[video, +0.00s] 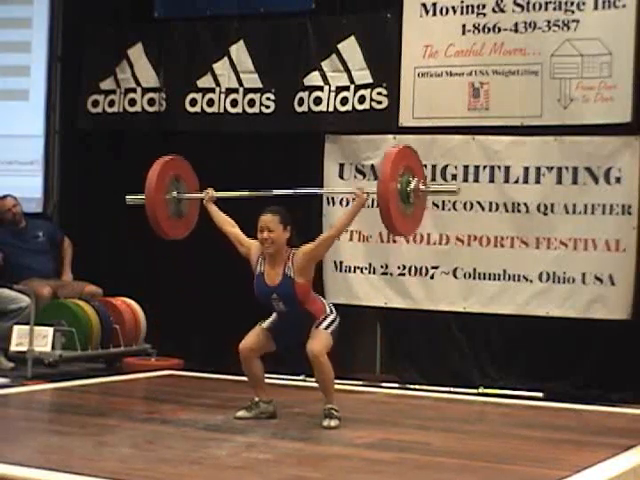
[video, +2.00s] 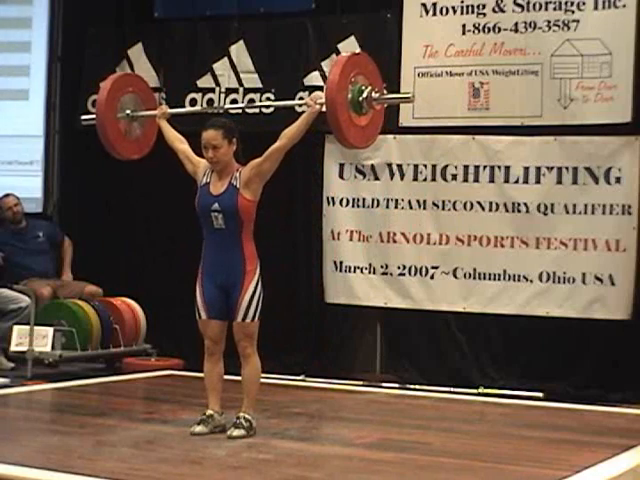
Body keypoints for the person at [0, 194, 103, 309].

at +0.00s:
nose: (14, 211)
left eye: (15, 206)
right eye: (8, 211)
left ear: (20, 205)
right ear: (2, 217)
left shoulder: (41, 226)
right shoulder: (4, 235)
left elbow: (66, 242)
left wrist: (67, 274)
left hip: (53, 279)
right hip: (24, 281)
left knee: (95, 292)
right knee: (45, 293)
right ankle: (34, 337)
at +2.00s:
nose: (15, 211)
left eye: (16, 205)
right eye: (9, 209)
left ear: (22, 206)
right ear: (3, 215)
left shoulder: (41, 226)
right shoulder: (4, 235)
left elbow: (66, 242)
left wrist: (67, 273)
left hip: (54, 279)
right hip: (26, 280)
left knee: (94, 292)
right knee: (45, 293)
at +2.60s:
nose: (34, 206)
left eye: (37, 203)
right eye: (29, 203)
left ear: (41, 205)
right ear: (21, 205)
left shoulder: (49, 230)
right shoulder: (10, 229)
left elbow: (67, 252)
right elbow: (1, 246)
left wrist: (69, 259)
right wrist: (14, 252)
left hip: (52, 279)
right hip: (25, 279)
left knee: (93, 292)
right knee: (45, 293)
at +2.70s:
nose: (39, 206)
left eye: (42, 203)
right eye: (34, 203)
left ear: (47, 206)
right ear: (26, 205)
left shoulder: (52, 232)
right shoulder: (14, 230)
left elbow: (63, 267)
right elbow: (3, 252)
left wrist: (71, 263)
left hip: (52, 279)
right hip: (25, 279)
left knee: (93, 292)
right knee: (45, 293)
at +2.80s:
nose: (45, 206)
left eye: (48, 203)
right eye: (40, 202)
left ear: (52, 207)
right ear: (32, 205)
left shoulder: (53, 231)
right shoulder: (20, 231)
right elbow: (17, 265)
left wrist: (68, 265)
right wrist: (53, 265)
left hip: (56, 279)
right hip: (30, 280)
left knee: (92, 291)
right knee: (45, 292)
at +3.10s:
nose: (66, 211)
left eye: (69, 208)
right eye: (61, 207)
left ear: (72, 212)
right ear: (52, 209)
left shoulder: (70, 237)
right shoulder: (36, 233)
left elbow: (77, 266)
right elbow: (32, 271)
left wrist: (77, 273)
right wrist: (66, 278)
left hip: (61, 279)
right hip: (37, 279)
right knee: (48, 291)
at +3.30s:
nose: (82, 220)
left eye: (85, 217)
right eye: (77, 216)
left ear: (88, 220)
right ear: (67, 216)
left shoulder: (84, 243)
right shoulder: (48, 239)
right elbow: (41, 275)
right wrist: (71, 288)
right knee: (49, 293)